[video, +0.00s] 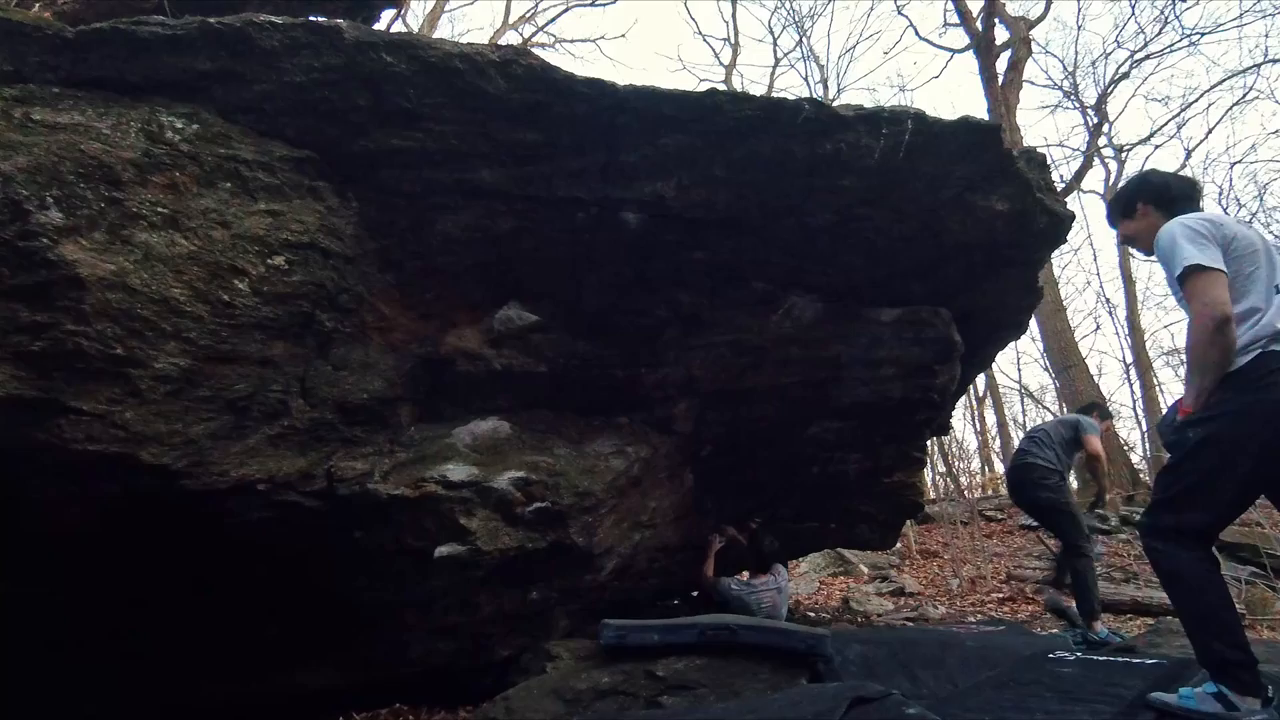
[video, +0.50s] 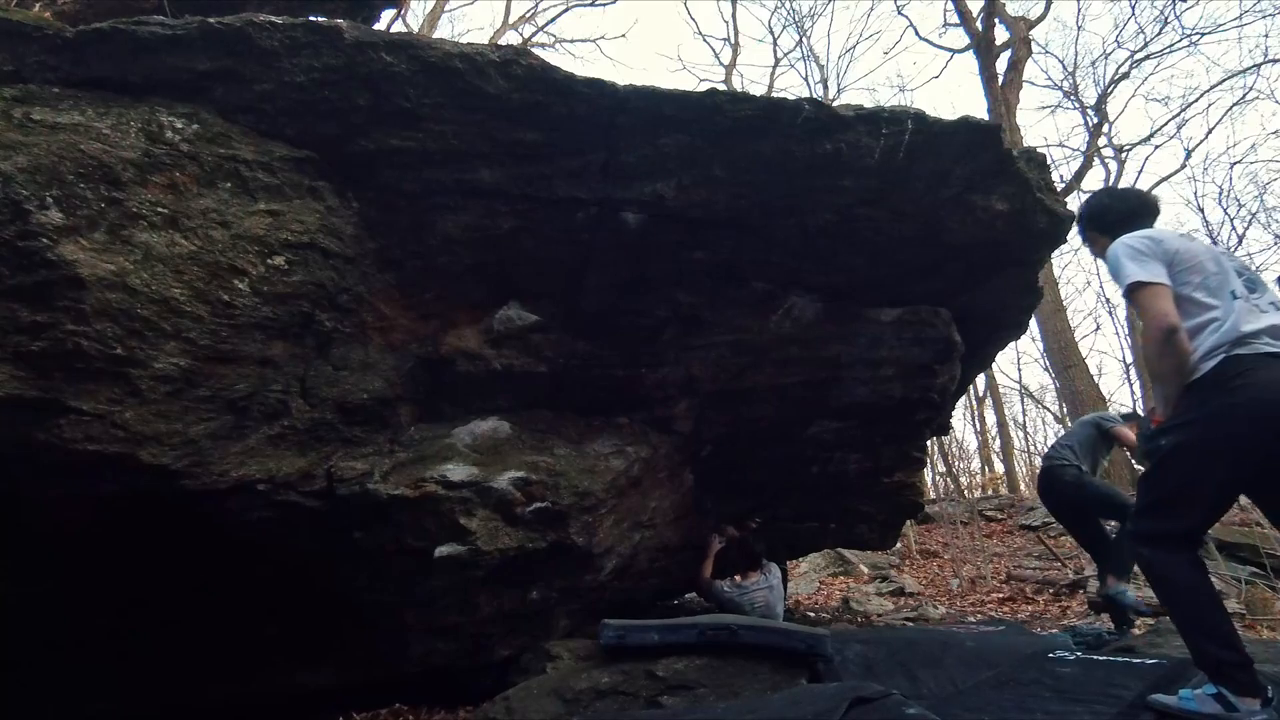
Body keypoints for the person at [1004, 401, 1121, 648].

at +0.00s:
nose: (1103, 434)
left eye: (1105, 430)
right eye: (1104, 428)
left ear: (1085, 415)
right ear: (1095, 417)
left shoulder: (1058, 426)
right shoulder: (1085, 422)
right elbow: (1095, 452)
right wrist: (1102, 490)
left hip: (1016, 478)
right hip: (1042, 475)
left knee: (1072, 537)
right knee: (1080, 544)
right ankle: (1094, 625)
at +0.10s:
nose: (1108, 425)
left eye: (1110, 421)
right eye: (1108, 419)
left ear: (1088, 407)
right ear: (1099, 410)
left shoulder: (1066, 419)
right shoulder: (1087, 415)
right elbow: (1102, 449)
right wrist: (1111, 486)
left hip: (1030, 479)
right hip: (1049, 477)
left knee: (1093, 541)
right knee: (1088, 545)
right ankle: (1091, 624)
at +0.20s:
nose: (1113, 423)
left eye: (1115, 419)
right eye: (1113, 417)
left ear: (1095, 405)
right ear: (1104, 406)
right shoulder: (1087, 410)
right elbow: (1112, 445)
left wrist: (1113, 497)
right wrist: (1128, 484)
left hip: (1042, 484)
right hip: (1062, 481)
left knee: (1099, 553)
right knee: (1101, 551)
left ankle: (1126, 622)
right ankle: (1094, 624)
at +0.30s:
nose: (1119, 426)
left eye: (1121, 422)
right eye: (1120, 419)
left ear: (1106, 410)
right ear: (1112, 409)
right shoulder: (1091, 411)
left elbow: (1088, 491)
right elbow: (1122, 442)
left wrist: (1130, 493)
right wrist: (1142, 476)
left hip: (1048, 486)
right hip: (1066, 481)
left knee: (1102, 552)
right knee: (1118, 545)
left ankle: (1123, 621)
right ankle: (1102, 614)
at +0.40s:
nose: (1129, 433)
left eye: (1132, 429)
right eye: (1130, 428)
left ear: (1120, 421)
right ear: (1122, 417)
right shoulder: (1097, 414)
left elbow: (1095, 492)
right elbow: (1130, 443)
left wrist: (1136, 495)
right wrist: (1154, 469)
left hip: (1050, 486)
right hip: (1065, 477)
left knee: (1105, 548)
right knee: (1127, 525)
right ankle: (1111, 594)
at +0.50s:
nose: (1133, 439)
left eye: (1133, 436)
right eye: (1135, 435)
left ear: (1129, 427)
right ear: (1130, 424)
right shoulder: (1105, 418)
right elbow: (1132, 443)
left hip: (1048, 484)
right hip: (1065, 475)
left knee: (1103, 550)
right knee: (1133, 514)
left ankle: (1124, 626)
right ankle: (1116, 583)